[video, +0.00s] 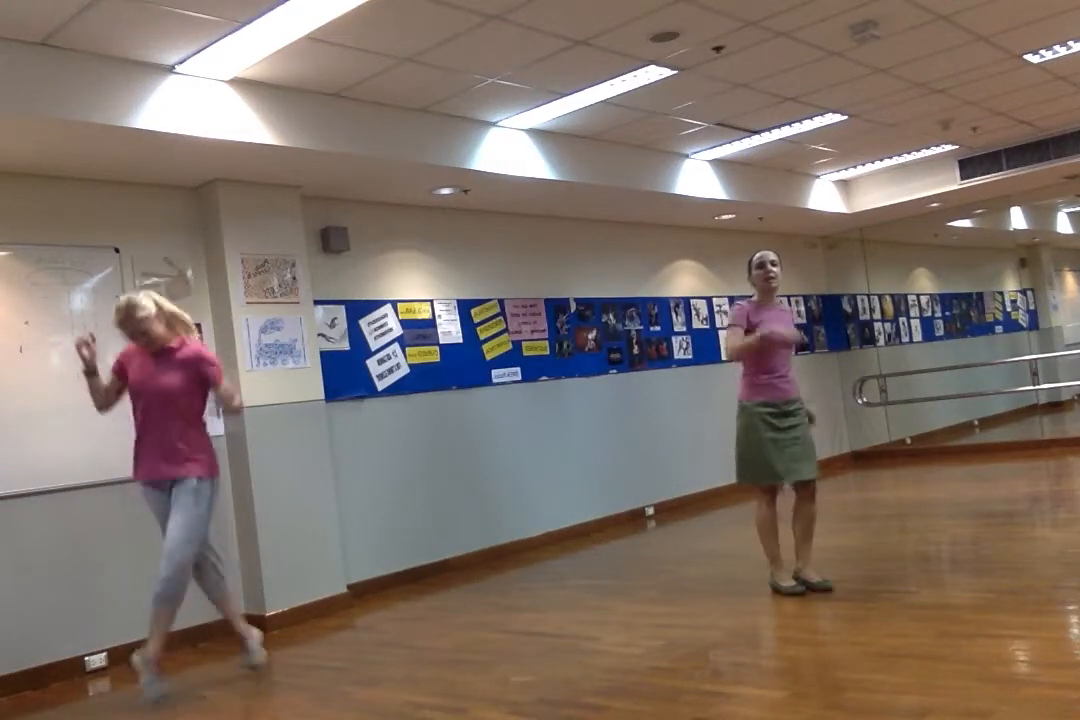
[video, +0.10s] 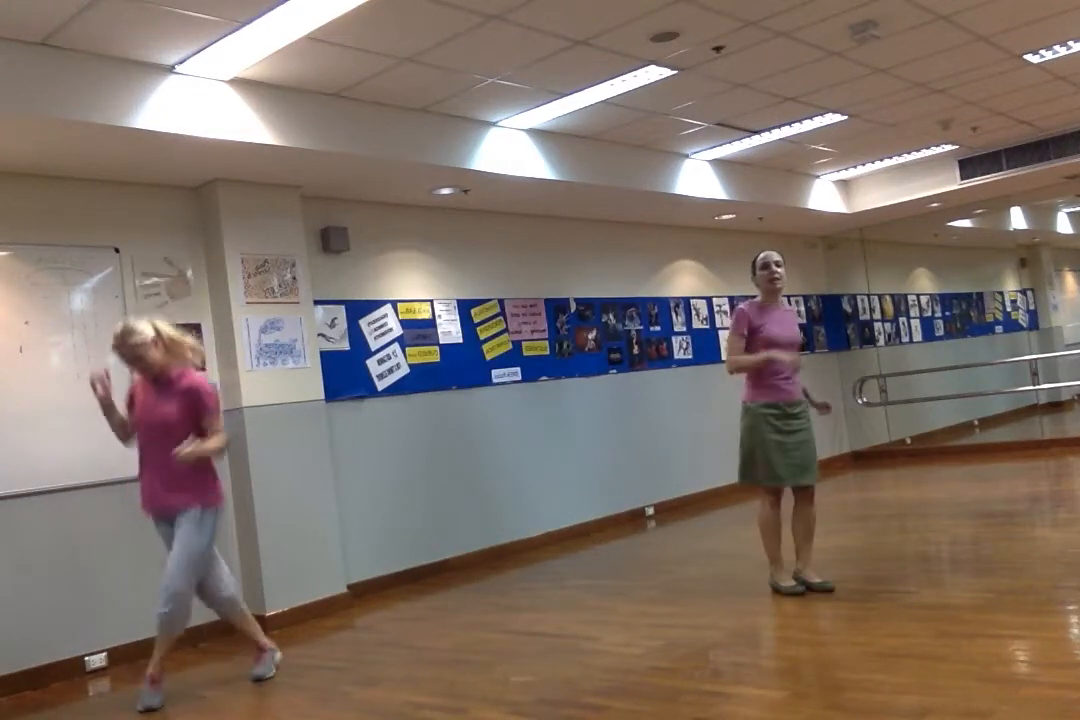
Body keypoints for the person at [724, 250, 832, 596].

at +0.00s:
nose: (768, 270)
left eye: (773, 264)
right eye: (760, 266)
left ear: (781, 273)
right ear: (751, 277)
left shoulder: (789, 315)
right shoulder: (743, 311)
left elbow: (787, 369)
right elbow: (731, 350)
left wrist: (802, 406)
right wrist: (761, 341)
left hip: (790, 406)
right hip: (757, 409)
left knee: (807, 485)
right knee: (767, 491)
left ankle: (803, 567)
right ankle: (776, 571)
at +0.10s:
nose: (773, 271)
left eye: (778, 265)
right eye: (765, 267)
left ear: (785, 273)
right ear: (755, 278)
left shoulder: (792, 315)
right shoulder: (746, 313)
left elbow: (790, 370)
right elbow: (732, 363)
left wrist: (812, 400)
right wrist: (770, 355)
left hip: (796, 409)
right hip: (763, 411)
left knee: (805, 491)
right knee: (771, 494)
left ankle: (803, 568)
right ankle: (777, 572)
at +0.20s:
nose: (777, 272)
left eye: (781, 266)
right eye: (769, 267)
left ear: (788, 273)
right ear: (758, 277)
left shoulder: (795, 313)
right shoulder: (746, 313)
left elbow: (794, 365)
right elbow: (733, 361)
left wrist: (825, 385)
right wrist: (761, 371)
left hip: (798, 407)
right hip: (765, 410)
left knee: (808, 492)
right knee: (785, 493)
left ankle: (804, 569)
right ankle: (779, 569)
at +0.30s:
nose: (778, 274)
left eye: (782, 268)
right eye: (770, 269)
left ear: (790, 275)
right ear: (759, 278)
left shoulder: (801, 315)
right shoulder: (746, 315)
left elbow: (813, 363)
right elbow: (730, 361)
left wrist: (839, 361)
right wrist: (750, 377)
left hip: (800, 409)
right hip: (767, 412)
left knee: (812, 493)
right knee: (795, 491)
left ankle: (805, 570)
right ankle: (784, 565)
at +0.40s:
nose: (777, 271)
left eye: (781, 265)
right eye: (769, 267)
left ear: (790, 272)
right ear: (759, 276)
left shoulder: (804, 310)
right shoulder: (746, 313)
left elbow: (824, 357)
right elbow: (728, 354)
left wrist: (838, 342)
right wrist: (744, 375)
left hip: (803, 408)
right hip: (769, 410)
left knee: (809, 492)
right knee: (797, 490)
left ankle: (807, 569)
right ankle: (799, 569)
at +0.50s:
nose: (775, 271)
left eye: (779, 265)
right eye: (767, 266)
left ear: (788, 271)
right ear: (757, 275)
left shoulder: (807, 309)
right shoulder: (746, 313)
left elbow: (829, 355)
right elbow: (730, 353)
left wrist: (825, 337)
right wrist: (742, 371)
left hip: (805, 409)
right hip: (769, 411)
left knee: (805, 496)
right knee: (794, 493)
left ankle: (802, 572)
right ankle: (815, 578)